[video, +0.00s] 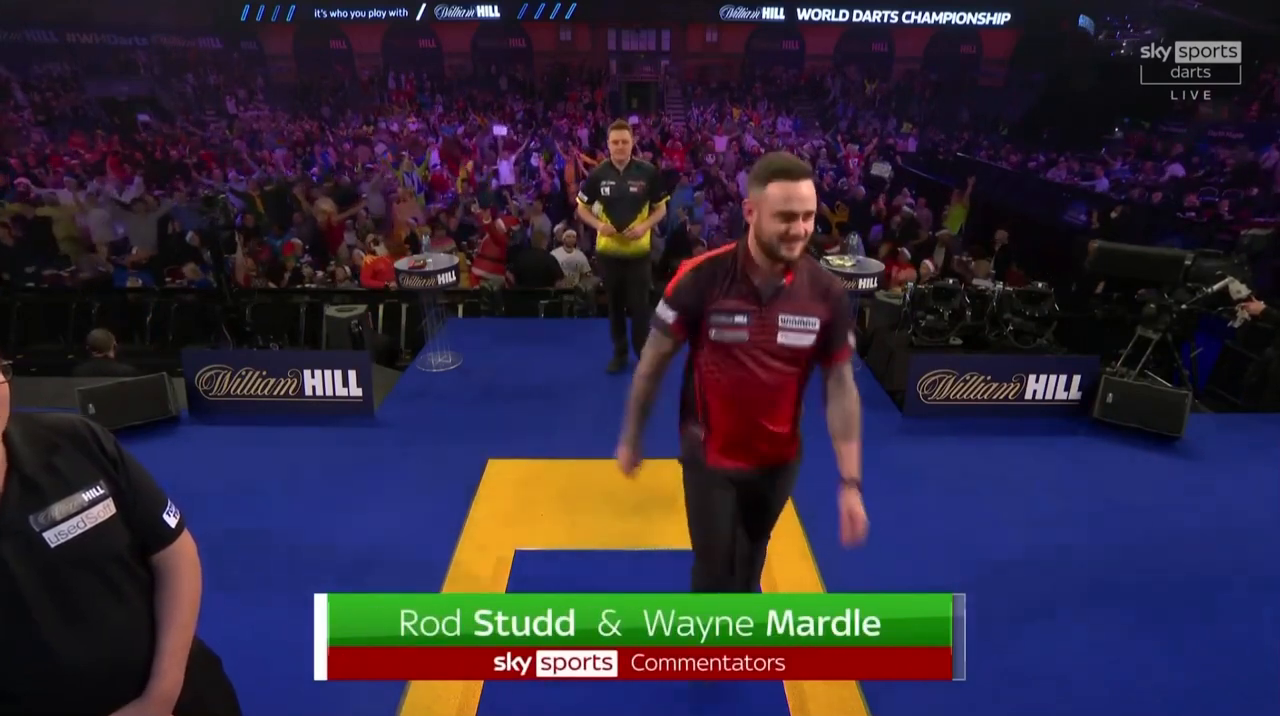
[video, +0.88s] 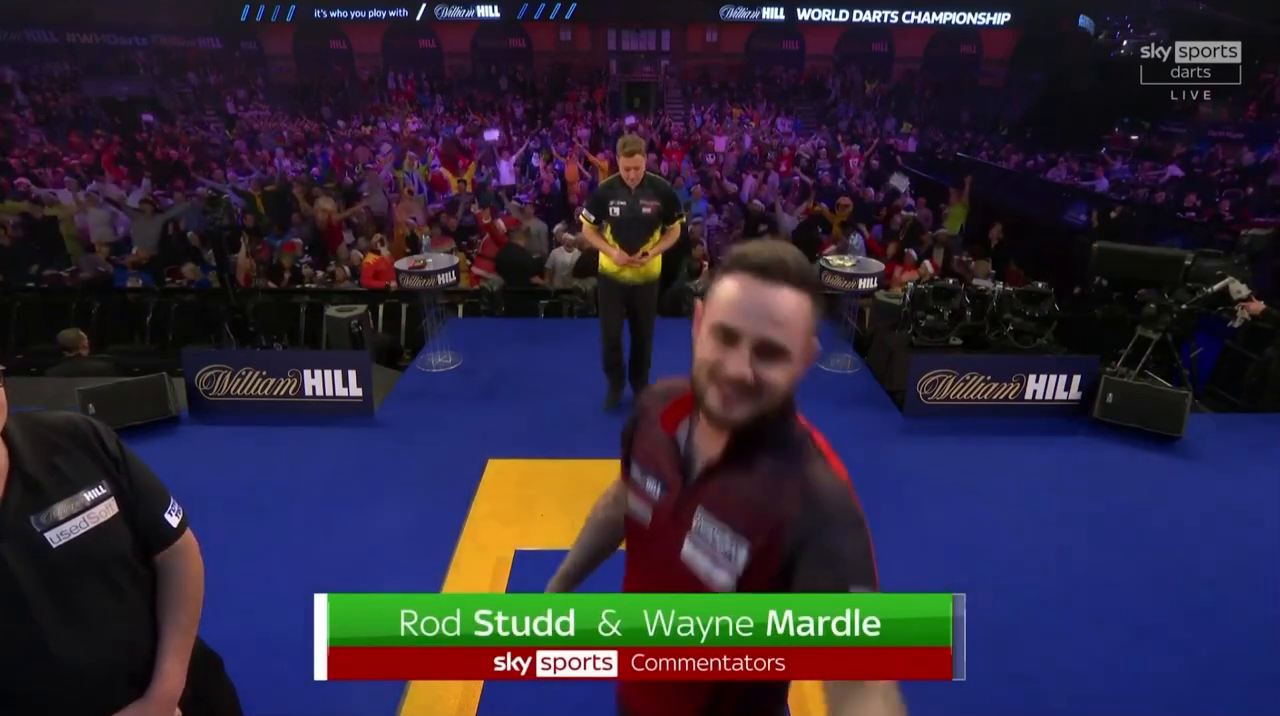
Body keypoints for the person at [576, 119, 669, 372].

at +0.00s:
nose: (619, 147)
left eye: (624, 142)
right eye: (614, 142)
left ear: (632, 143)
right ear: (608, 145)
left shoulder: (649, 173)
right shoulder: (598, 174)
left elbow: (661, 207)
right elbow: (581, 208)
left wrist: (644, 225)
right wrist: (598, 224)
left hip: (638, 251)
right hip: (609, 252)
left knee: (640, 306)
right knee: (615, 307)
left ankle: (642, 354)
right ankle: (619, 354)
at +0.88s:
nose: (632, 174)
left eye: (636, 168)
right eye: (626, 168)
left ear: (645, 163)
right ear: (618, 164)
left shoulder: (663, 191)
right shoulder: (605, 191)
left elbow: (675, 229)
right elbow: (586, 228)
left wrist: (654, 250)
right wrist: (611, 251)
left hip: (647, 276)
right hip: (612, 275)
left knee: (643, 337)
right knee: (610, 337)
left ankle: (641, 389)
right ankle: (615, 388)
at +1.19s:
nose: (621, 190)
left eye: (626, 183)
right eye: (616, 184)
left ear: (636, 176)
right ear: (606, 179)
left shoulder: (656, 202)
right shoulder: (594, 207)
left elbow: (670, 244)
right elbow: (575, 248)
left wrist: (647, 267)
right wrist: (607, 272)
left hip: (642, 292)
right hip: (606, 293)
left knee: (640, 350)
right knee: (607, 367)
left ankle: (640, 391)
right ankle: (603, 440)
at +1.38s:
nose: (615, 196)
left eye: (620, 189)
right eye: (609, 190)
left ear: (630, 180)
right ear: (599, 182)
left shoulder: (649, 203)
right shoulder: (585, 209)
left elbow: (660, 244)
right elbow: (561, 252)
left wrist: (646, 276)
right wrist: (590, 285)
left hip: (635, 304)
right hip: (596, 306)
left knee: (641, 367)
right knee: (600, 377)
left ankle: (633, 397)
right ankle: (603, 444)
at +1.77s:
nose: (621, 207)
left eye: (627, 200)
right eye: (615, 200)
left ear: (637, 189)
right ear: (603, 190)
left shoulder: (652, 214)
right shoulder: (585, 223)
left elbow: (659, 256)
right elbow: (560, 271)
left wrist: (651, 296)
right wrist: (565, 320)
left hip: (638, 317)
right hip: (595, 320)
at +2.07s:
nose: (631, 193)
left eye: (637, 185)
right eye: (624, 186)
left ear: (648, 185)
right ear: (612, 186)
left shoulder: (667, 221)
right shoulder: (593, 229)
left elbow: (672, 264)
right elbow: (571, 282)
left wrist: (669, 301)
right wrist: (573, 336)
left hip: (647, 337)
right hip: (606, 339)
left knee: (638, 416)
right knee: (610, 419)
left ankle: (630, 483)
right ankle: (603, 493)